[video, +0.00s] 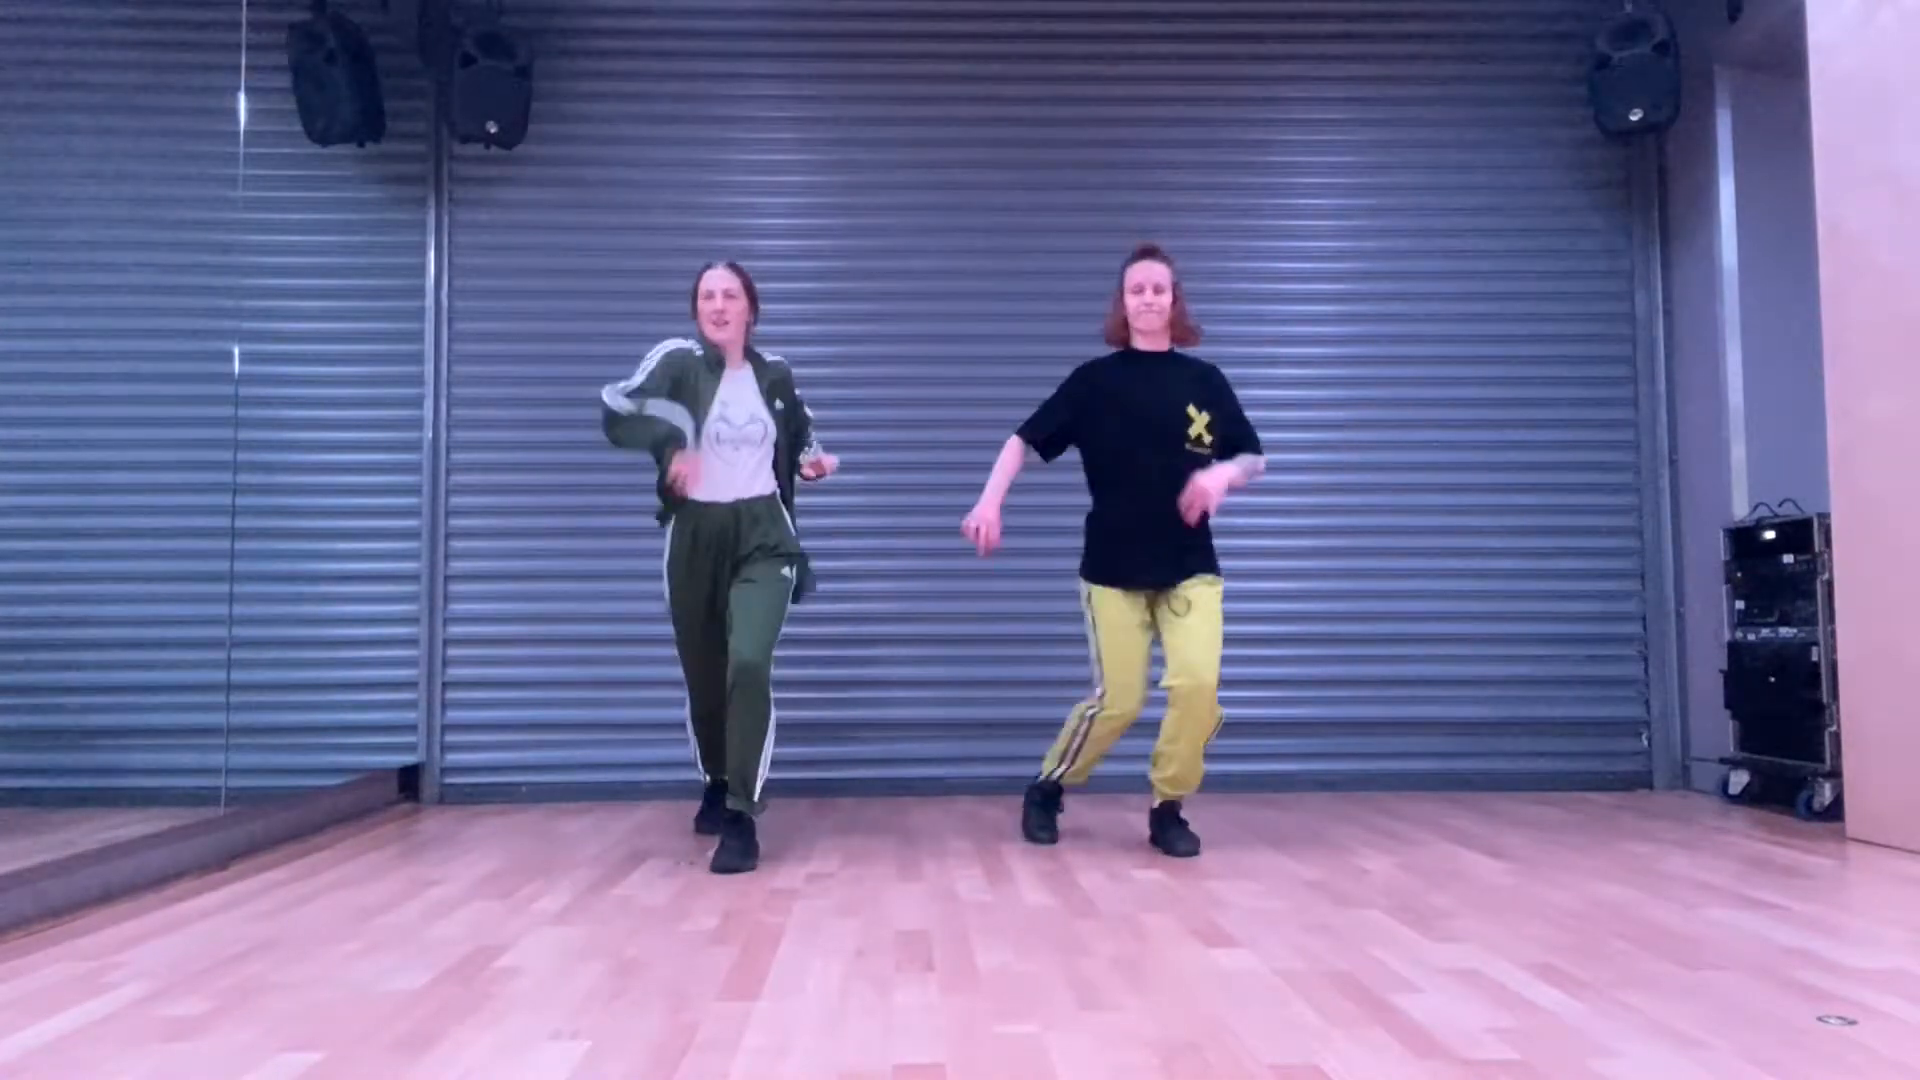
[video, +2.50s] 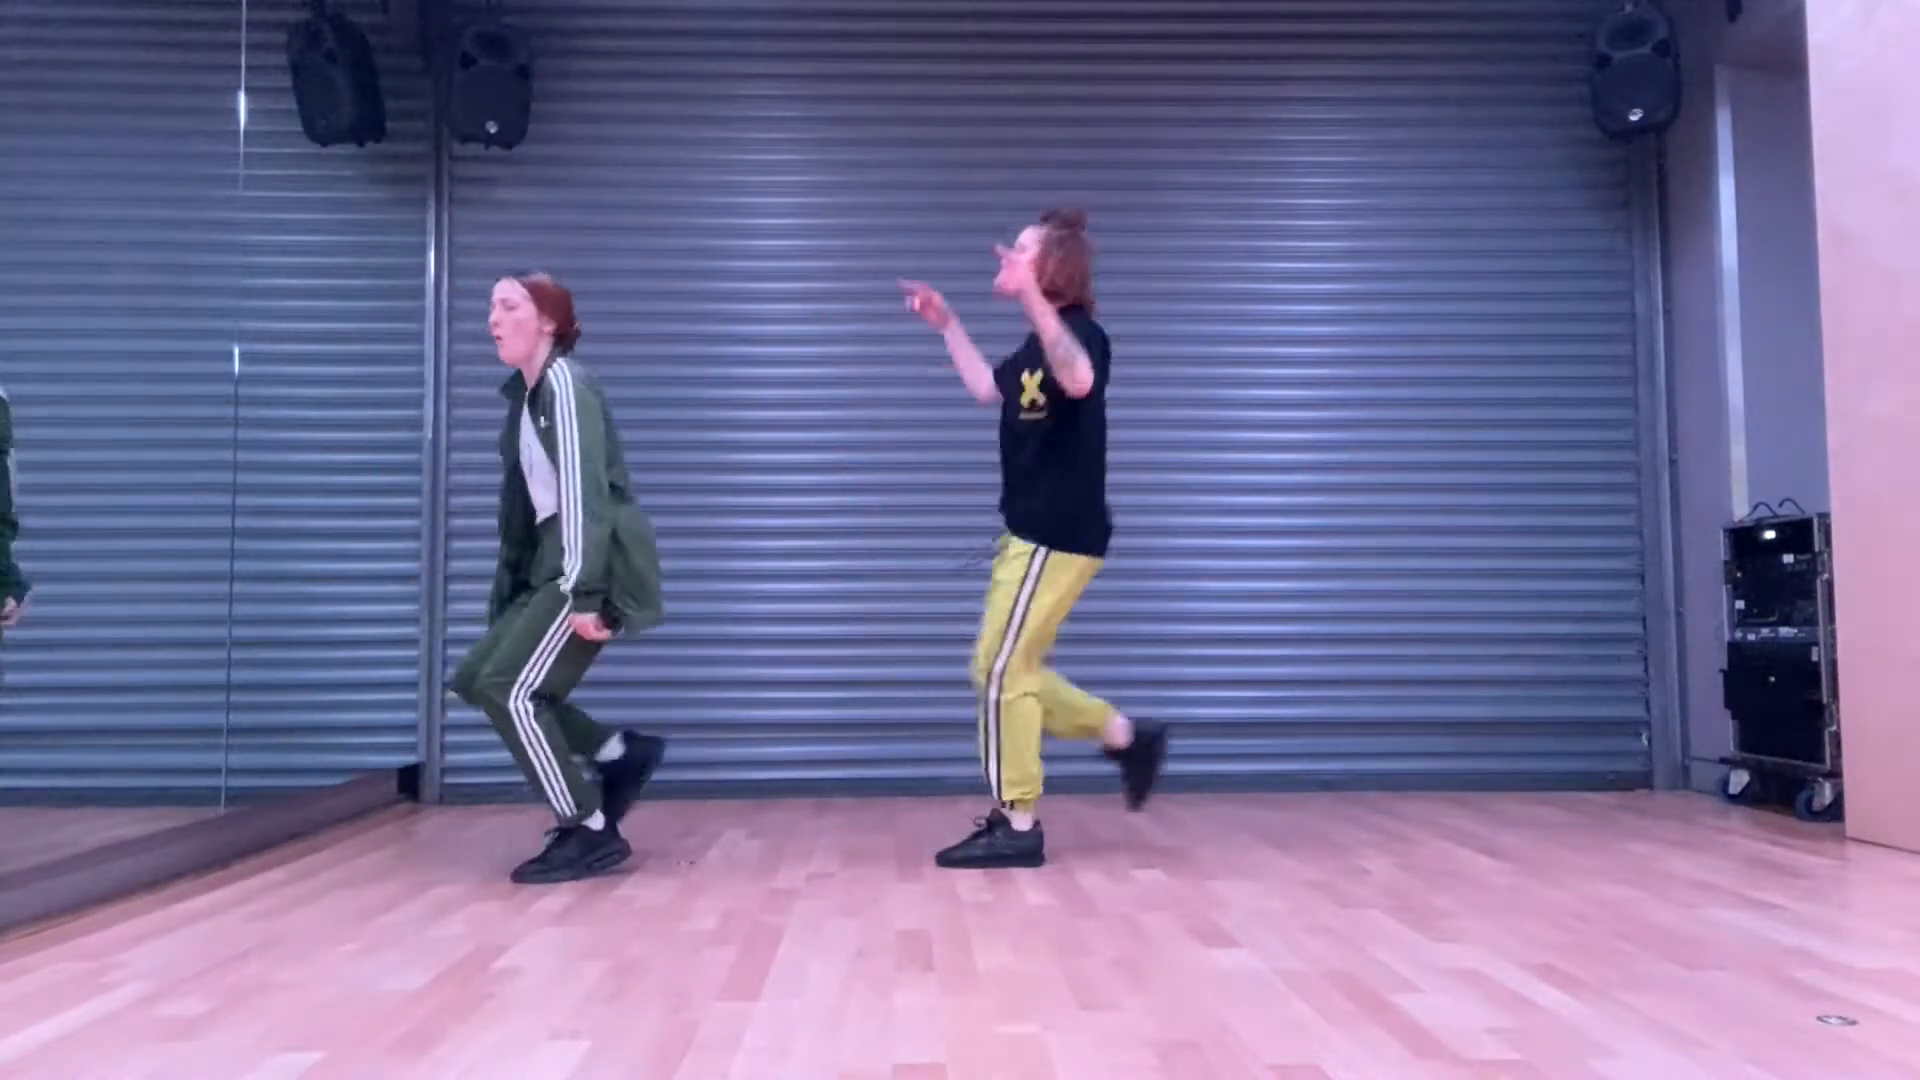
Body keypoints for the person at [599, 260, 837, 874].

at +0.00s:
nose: (718, 305)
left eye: (730, 296)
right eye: (708, 296)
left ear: (751, 309)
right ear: (695, 309)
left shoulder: (774, 374)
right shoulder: (676, 362)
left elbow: (796, 435)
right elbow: (616, 412)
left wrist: (808, 457)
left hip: (765, 534)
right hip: (696, 535)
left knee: (748, 663)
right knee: (703, 672)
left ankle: (740, 814)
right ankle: (716, 784)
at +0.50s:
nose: (700, 297)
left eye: (711, 286)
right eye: (689, 289)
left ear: (737, 296)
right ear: (680, 305)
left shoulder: (784, 368)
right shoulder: (668, 386)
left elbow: (817, 443)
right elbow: (613, 486)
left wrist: (795, 483)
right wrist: (625, 462)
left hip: (742, 531)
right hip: (665, 514)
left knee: (756, 671)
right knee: (553, 563)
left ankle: (742, 821)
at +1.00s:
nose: (668, 299)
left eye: (680, 287)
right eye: (657, 290)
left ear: (705, 298)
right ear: (646, 303)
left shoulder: (732, 374)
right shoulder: (634, 352)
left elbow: (784, 430)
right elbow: (613, 353)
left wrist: (849, 445)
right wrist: (616, 342)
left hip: (705, 534)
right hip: (627, 528)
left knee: (722, 680)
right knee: (557, 674)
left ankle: (747, 820)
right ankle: (472, 821)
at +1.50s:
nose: (538, 288)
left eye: (551, 277)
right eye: (533, 280)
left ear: (588, 286)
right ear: (534, 293)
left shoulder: (592, 326)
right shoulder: (563, 352)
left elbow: (611, 386)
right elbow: (584, 440)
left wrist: (568, 420)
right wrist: (541, 491)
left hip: (595, 515)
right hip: (557, 526)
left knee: (662, 670)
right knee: (478, 672)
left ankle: (776, 808)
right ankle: (481, 829)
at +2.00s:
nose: (457, 216)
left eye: (474, 206)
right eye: (455, 207)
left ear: (514, 228)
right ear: (454, 228)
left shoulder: (534, 296)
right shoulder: (448, 298)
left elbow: (604, 372)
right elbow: (366, 313)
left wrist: (627, 447)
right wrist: (361, 221)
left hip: (567, 455)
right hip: (511, 461)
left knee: (408, 466)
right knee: (489, 625)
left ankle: (506, 592)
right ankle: (498, 804)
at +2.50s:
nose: (494, 320)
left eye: (509, 309)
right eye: (493, 309)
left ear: (548, 325)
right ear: (497, 326)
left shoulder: (565, 389)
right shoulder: (525, 398)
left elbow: (584, 494)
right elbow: (524, 516)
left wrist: (583, 594)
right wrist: (508, 602)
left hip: (593, 570)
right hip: (553, 567)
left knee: (513, 690)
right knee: (479, 681)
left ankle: (591, 830)